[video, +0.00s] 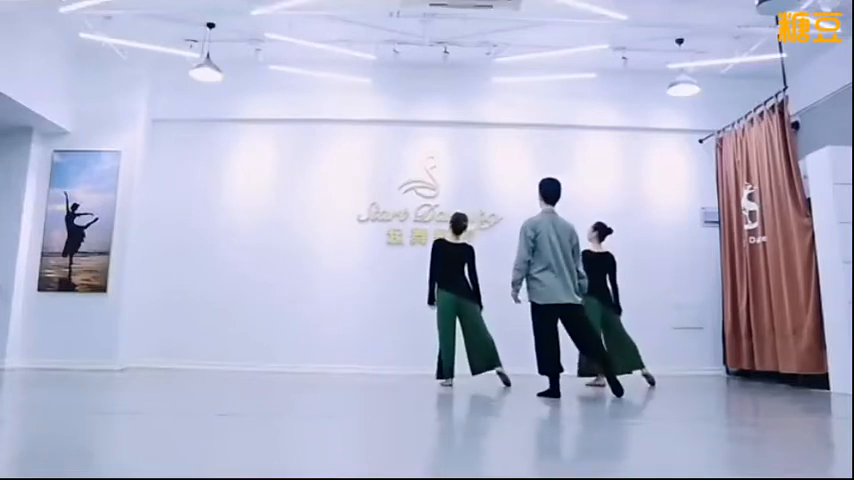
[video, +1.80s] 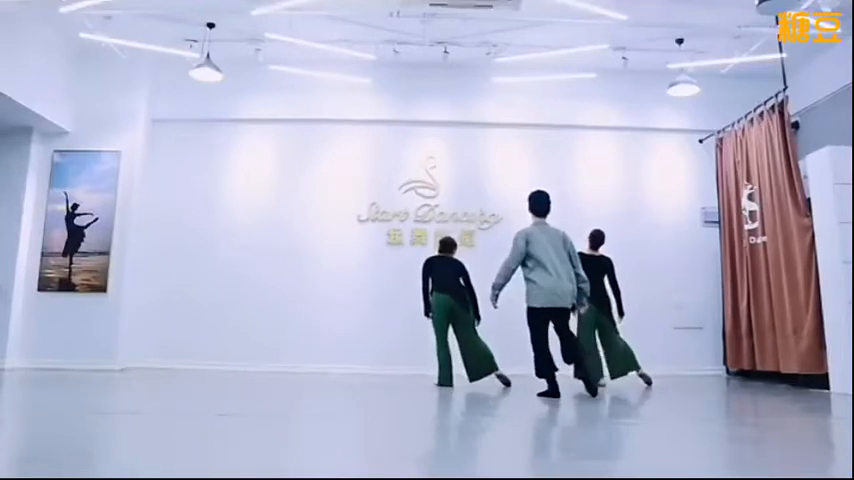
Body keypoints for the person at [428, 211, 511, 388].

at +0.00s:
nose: (461, 229)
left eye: (456, 224)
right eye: (463, 226)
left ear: (449, 225)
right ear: (465, 228)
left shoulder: (438, 244)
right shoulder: (468, 249)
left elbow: (433, 271)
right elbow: (473, 276)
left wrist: (431, 294)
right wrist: (478, 299)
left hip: (444, 293)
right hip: (465, 294)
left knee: (446, 334)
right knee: (481, 331)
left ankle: (447, 376)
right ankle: (498, 367)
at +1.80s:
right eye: (454, 250)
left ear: (439, 248)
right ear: (454, 250)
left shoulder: (430, 262)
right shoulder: (458, 264)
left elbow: (425, 286)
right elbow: (469, 288)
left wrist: (427, 307)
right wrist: (476, 312)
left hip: (439, 299)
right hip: (459, 300)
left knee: (441, 341)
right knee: (472, 337)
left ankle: (445, 379)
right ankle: (495, 370)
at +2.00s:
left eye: (438, 254)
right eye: (445, 255)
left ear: (434, 254)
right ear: (448, 254)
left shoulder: (427, 266)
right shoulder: (455, 267)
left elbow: (422, 292)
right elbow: (466, 292)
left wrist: (422, 314)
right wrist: (471, 315)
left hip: (436, 307)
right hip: (456, 307)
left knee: (439, 343)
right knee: (457, 338)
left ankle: (443, 379)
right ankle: (472, 367)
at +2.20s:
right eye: (444, 258)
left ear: (432, 257)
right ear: (446, 258)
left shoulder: (425, 267)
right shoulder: (454, 269)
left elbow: (421, 292)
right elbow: (461, 295)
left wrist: (419, 315)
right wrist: (465, 318)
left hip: (434, 308)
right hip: (453, 309)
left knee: (436, 345)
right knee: (448, 339)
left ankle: (439, 379)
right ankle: (448, 369)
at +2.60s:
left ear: (427, 234)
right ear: (440, 236)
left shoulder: (419, 245)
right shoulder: (448, 248)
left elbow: (414, 271)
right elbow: (452, 276)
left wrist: (412, 293)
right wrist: (454, 300)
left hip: (425, 290)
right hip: (444, 293)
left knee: (431, 331)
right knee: (438, 332)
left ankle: (442, 370)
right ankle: (427, 368)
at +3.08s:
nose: (430, 224)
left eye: (425, 219)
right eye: (432, 221)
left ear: (419, 220)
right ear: (434, 222)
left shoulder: (408, 237)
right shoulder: (436, 241)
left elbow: (402, 264)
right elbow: (440, 269)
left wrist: (399, 287)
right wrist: (443, 292)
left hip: (413, 288)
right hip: (431, 289)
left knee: (415, 327)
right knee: (428, 327)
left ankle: (422, 368)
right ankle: (424, 368)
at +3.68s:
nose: (410, 222)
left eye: (408, 219)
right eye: (410, 219)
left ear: (394, 219)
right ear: (410, 221)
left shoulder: (386, 238)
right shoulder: (415, 241)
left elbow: (381, 264)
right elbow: (420, 268)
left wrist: (378, 287)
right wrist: (425, 291)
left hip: (392, 287)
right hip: (410, 288)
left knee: (394, 327)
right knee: (409, 326)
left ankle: (399, 367)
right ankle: (403, 365)